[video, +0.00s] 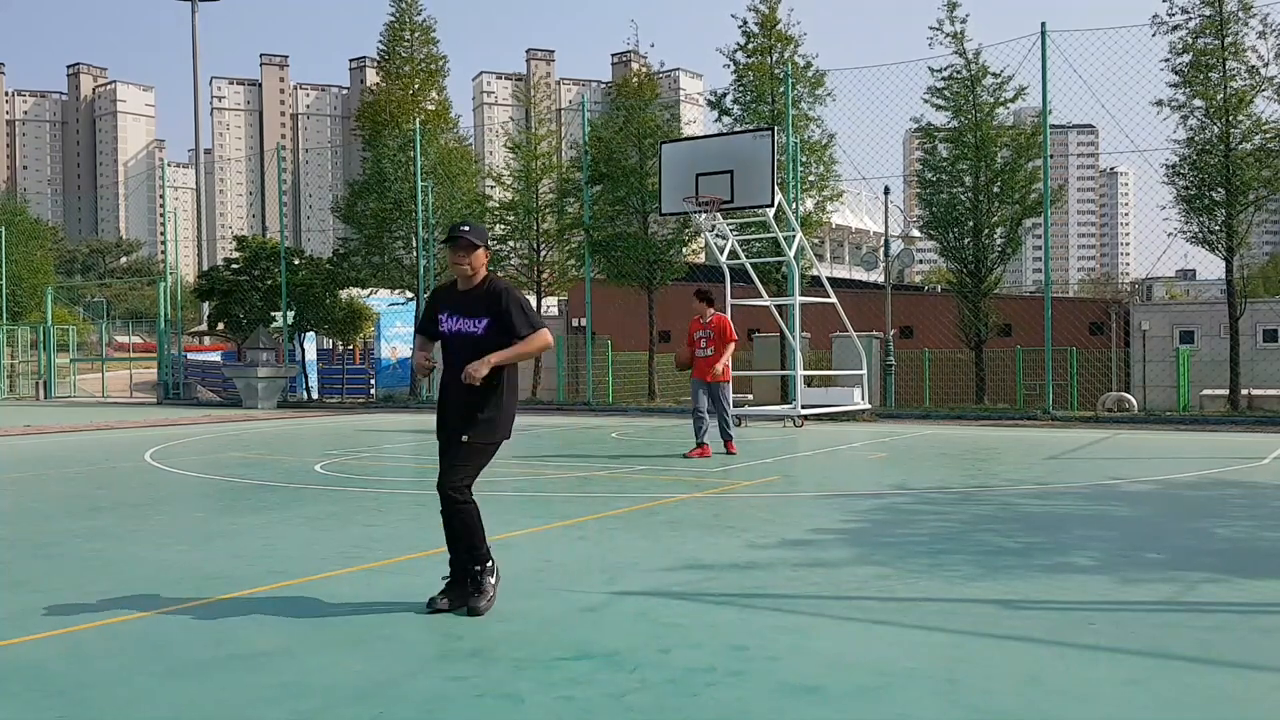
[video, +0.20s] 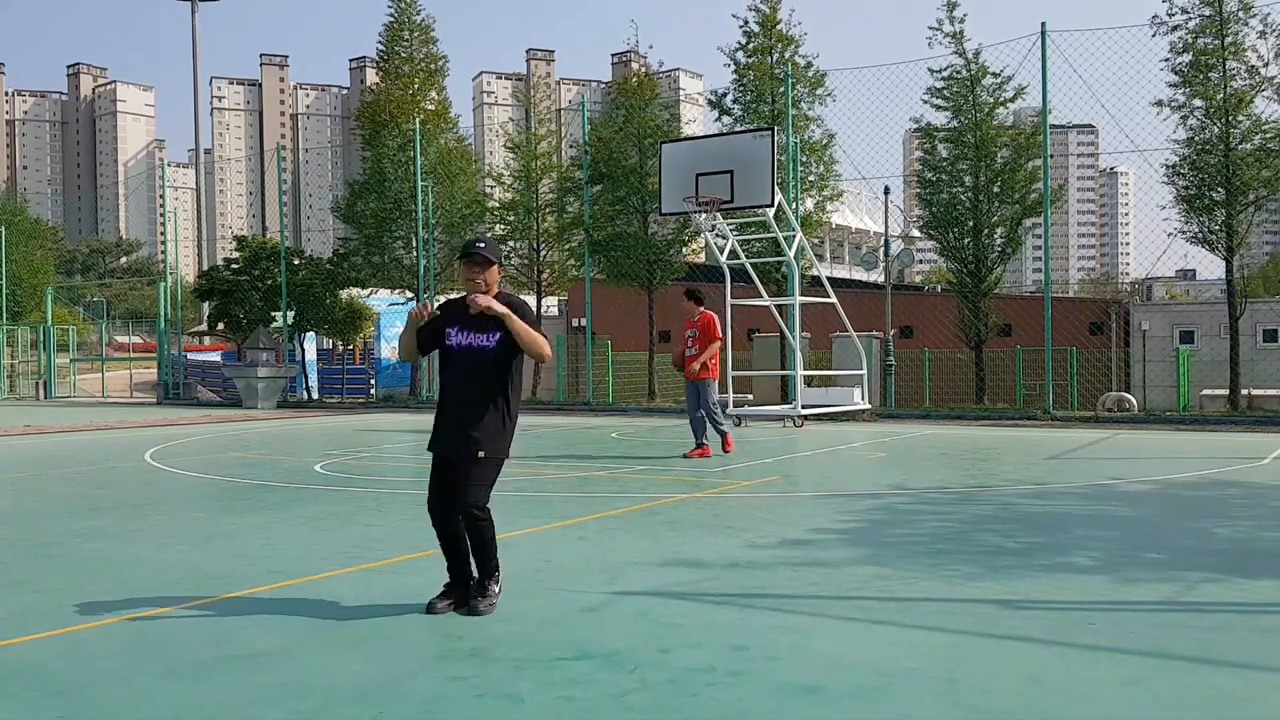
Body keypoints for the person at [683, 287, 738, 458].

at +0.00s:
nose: (693, 305)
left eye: (695, 301)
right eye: (693, 301)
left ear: (704, 303)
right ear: (701, 303)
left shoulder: (723, 320)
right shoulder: (694, 323)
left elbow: (731, 343)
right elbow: (690, 347)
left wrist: (721, 362)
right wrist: (683, 361)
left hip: (719, 371)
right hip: (699, 372)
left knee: (724, 409)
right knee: (699, 409)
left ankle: (728, 441)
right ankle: (702, 445)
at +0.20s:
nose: (683, 304)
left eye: (685, 301)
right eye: (683, 301)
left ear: (693, 302)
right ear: (693, 302)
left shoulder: (710, 318)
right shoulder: (689, 322)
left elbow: (717, 343)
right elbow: (690, 343)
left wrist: (699, 361)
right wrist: (680, 353)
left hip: (707, 371)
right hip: (691, 372)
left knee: (710, 405)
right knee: (693, 411)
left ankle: (724, 433)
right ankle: (701, 445)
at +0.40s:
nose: (675, 305)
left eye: (676, 301)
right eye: (675, 301)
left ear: (683, 302)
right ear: (688, 301)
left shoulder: (696, 316)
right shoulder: (691, 318)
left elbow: (699, 341)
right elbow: (686, 343)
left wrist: (681, 358)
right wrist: (676, 356)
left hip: (697, 370)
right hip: (693, 369)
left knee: (688, 405)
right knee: (694, 405)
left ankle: (703, 443)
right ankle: (701, 444)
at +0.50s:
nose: (672, 305)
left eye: (673, 301)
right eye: (672, 301)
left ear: (679, 301)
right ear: (687, 300)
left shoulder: (689, 316)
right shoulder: (694, 316)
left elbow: (690, 341)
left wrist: (673, 359)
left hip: (691, 372)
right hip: (698, 372)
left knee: (680, 406)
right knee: (694, 408)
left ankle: (685, 446)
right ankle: (702, 445)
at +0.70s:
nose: (664, 305)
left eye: (665, 302)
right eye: (664, 302)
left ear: (669, 302)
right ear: (681, 302)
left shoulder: (674, 317)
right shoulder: (690, 319)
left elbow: (672, 344)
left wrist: (661, 361)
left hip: (680, 373)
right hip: (694, 372)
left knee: (670, 411)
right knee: (690, 410)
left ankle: (671, 449)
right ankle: (702, 445)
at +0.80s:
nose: (659, 305)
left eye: (660, 302)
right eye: (660, 302)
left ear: (664, 302)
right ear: (676, 302)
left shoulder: (666, 317)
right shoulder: (687, 319)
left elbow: (663, 344)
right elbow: (691, 345)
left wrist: (655, 363)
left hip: (676, 369)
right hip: (692, 369)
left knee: (669, 410)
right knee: (688, 408)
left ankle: (671, 450)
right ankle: (700, 445)